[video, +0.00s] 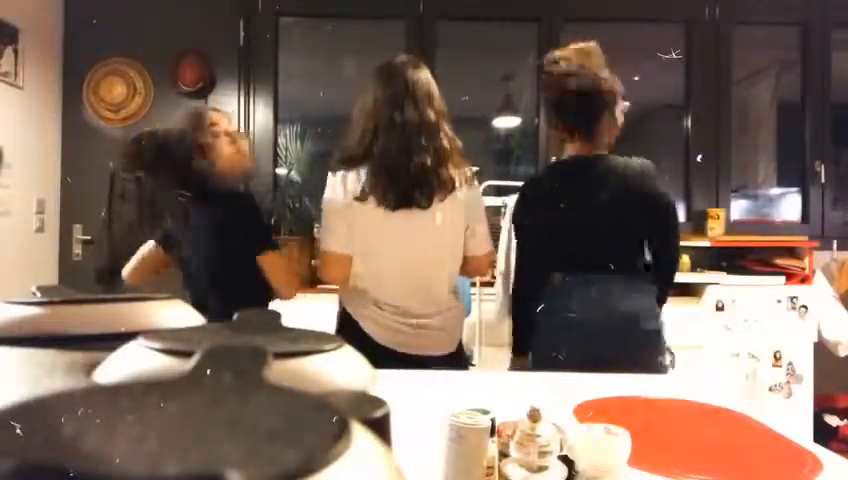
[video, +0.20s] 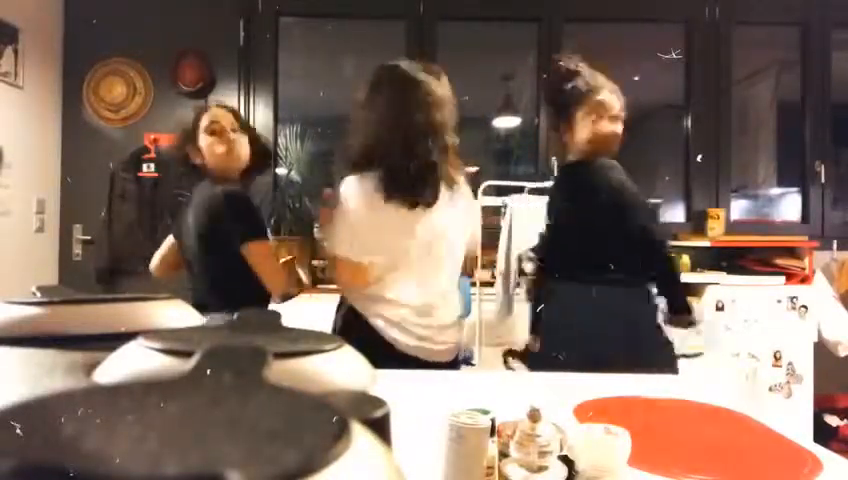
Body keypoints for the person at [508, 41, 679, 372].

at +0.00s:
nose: (623, 113)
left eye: (621, 105)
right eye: (620, 106)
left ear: (557, 122)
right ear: (608, 118)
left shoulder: (535, 190)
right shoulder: (639, 177)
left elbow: (528, 277)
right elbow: (667, 254)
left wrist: (521, 348)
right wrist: (647, 308)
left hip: (556, 339)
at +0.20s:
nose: (615, 129)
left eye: (618, 120)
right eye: (605, 119)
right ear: (574, 124)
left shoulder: (565, 178)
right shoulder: (608, 176)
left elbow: (551, 253)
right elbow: (648, 242)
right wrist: (678, 303)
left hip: (567, 298)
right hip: (618, 303)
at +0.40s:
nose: (598, 128)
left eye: (610, 120)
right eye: (588, 117)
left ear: (622, 127)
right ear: (571, 121)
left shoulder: (577, 170)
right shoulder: (599, 173)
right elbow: (625, 256)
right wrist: (665, 328)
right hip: (612, 310)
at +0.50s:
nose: (598, 134)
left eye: (610, 125)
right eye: (588, 122)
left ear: (622, 131)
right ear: (571, 127)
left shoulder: (577, 174)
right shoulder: (600, 177)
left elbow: (644, 211)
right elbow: (625, 260)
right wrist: (647, 332)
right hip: (606, 319)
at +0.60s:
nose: (596, 139)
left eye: (608, 131)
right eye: (586, 128)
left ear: (621, 138)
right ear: (569, 132)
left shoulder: (579, 178)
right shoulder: (593, 178)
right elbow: (601, 268)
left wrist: (671, 327)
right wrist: (632, 343)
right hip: (598, 331)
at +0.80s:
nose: (591, 138)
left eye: (602, 129)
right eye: (580, 126)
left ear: (614, 135)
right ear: (562, 131)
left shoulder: (593, 176)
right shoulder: (584, 176)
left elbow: (619, 267)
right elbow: (575, 266)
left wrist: (662, 321)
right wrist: (583, 346)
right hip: (610, 318)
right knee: (661, 405)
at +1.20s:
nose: (595, 143)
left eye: (605, 132)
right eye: (584, 131)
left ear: (615, 134)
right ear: (561, 133)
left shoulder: (564, 183)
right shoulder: (592, 187)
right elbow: (601, 273)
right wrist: (632, 344)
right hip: (596, 324)